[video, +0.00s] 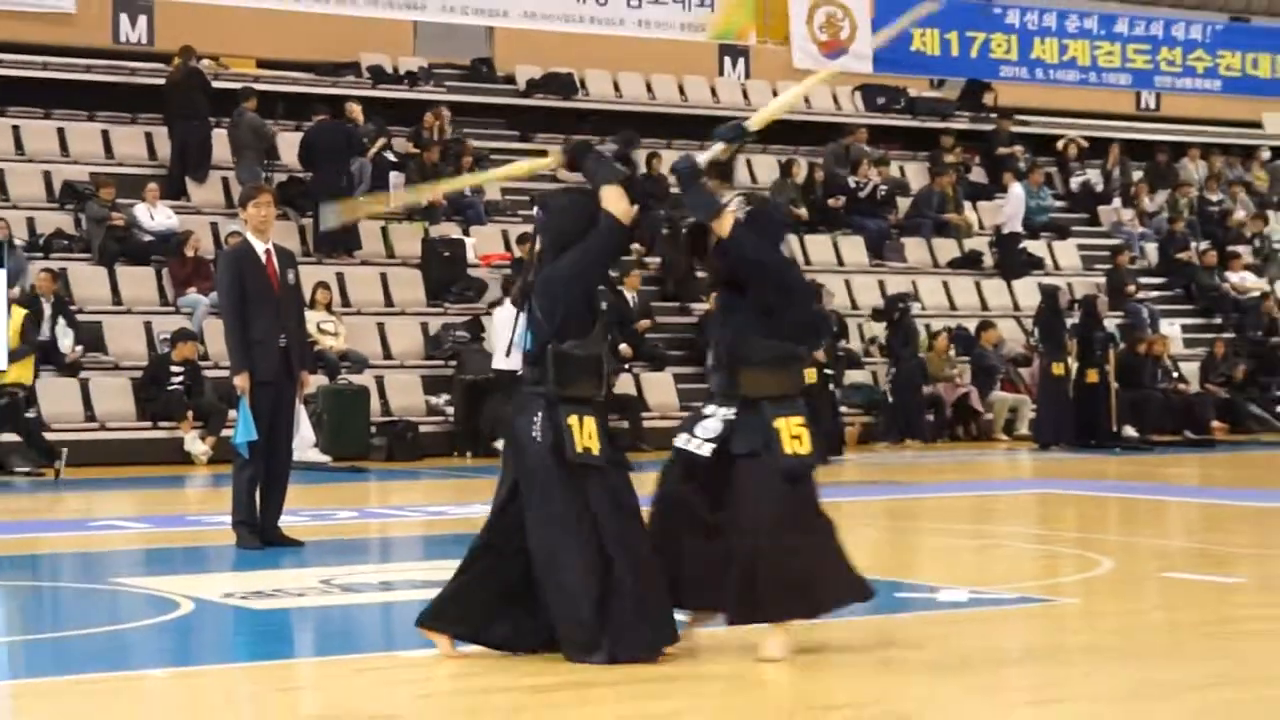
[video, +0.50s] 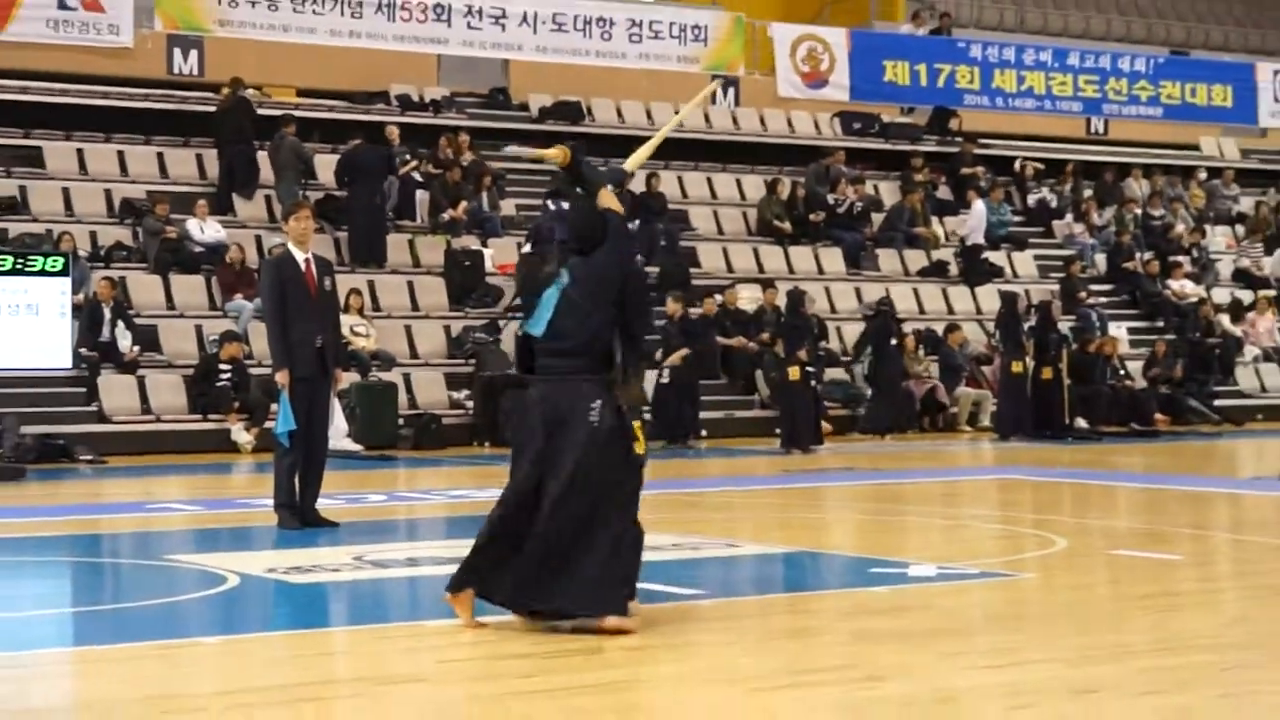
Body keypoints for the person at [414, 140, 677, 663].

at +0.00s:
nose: (605, 240)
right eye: (598, 230)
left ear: (550, 231)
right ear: (581, 232)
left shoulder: (556, 278)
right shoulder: (563, 278)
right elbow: (616, 215)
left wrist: (605, 169)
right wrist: (594, 162)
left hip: (545, 411)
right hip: (560, 415)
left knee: (520, 525)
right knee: (603, 520)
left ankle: (448, 613)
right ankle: (632, 631)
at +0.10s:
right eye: (584, 220)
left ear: (540, 220)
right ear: (569, 226)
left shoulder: (544, 269)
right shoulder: (550, 270)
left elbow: (616, 216)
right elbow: (601, 215)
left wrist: (585, 166)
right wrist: (564, 159)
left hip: (533, 403)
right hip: (548, 407)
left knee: (504, 514)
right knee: (598, 510)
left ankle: (445, 606)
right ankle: (628, 625)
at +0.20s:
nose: (582, 233)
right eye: (577, 222)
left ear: (534, 220)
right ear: (564, 225)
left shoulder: (530, 265)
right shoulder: (547, 267)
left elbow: (606, 225)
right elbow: (598, 216)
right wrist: (572, 158)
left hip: (529, 401)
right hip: (548, 404)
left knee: (505, 510)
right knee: (583, 508)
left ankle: (450, 604)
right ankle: (607, 623)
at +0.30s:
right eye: (584, 224)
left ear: (536, 227)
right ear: (572, 228)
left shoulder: (529, 272)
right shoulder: (558, 269)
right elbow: (604, 213)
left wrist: (624, 166)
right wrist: (581, 159)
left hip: (525, 401)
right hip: (549, 404)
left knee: (508, 507)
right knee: (573, 510)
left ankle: (455, 599)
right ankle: (584, 621)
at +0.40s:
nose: (599, 240)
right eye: (592, 229)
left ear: (546, 231)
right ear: (579, 233)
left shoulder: (530, 277)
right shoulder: (569, 271)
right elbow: (607, 217)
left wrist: (594, 180)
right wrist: (584, 167)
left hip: (531, 398)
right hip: (566, 400)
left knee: (511, 494)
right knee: (591, 503)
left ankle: (456, 588)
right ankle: (586, 616)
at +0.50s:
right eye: (613, 230)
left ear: (563, 236)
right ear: (603, 238)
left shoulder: (537, 273)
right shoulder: (605, 273)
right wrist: (613, 212)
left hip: (539, 396)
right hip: (588, 398)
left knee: (527, 492)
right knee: (612, 496)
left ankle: (466, 582)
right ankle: (606, 604)